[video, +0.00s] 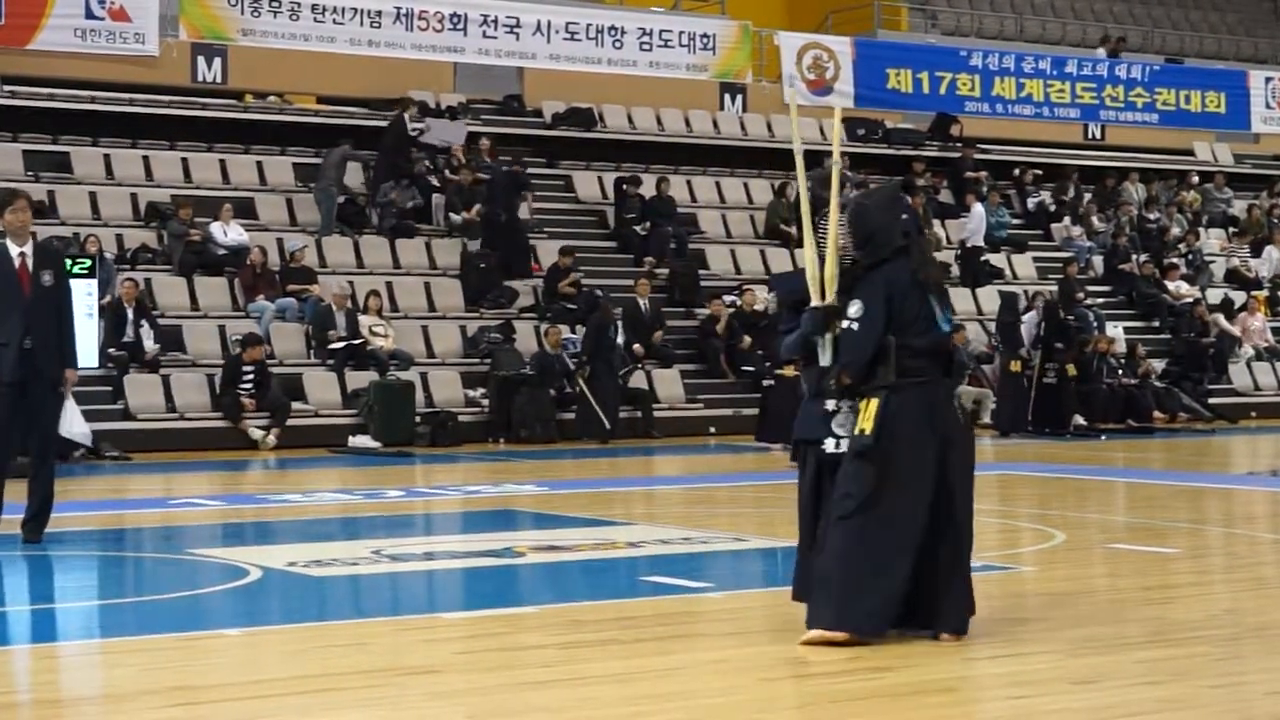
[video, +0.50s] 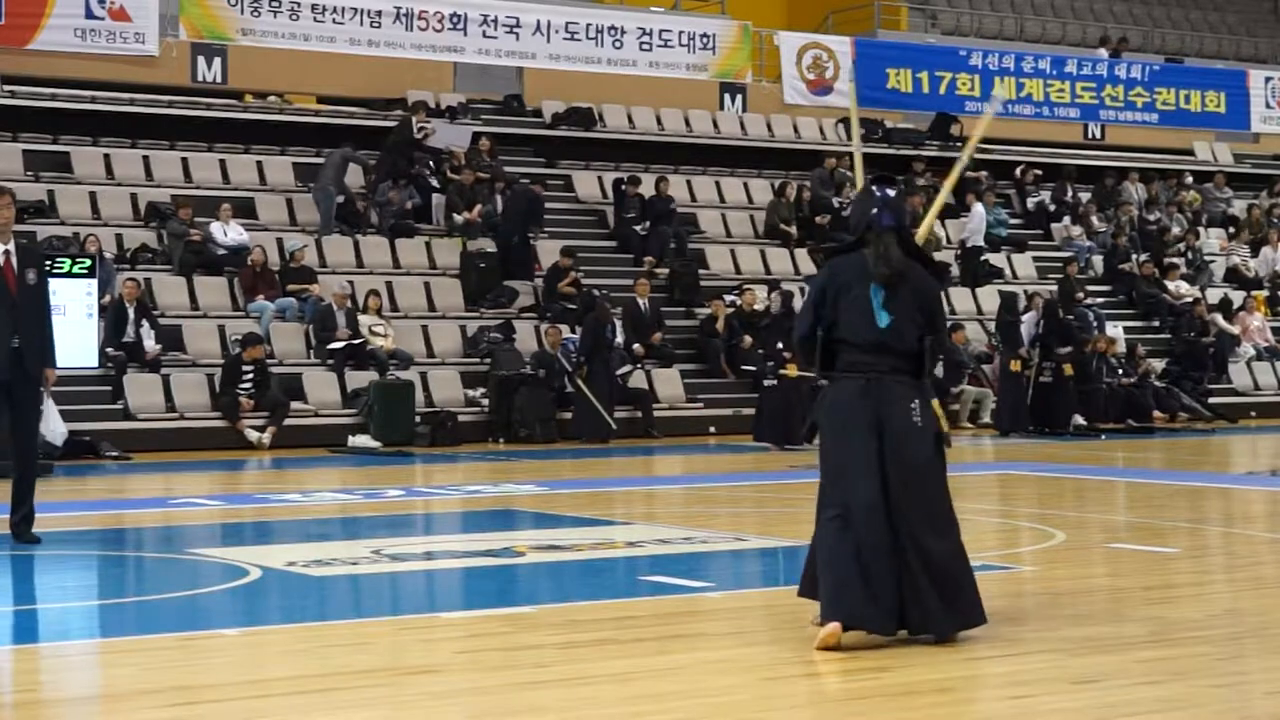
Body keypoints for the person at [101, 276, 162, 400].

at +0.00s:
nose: (126, 291)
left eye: (130, 288)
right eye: (124, 288)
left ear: (137, 292)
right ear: (120, 290)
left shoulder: (141, 306)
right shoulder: (112, 306)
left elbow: (154, 326)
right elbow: (109, 330)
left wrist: (154, 347)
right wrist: (111, 347)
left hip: (137, 345)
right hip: (118, 346)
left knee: (154, 362)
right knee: (122, 361)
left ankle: (152, 397)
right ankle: (120, 397)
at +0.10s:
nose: (127, 291)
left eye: (131, 288)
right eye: (125, 287)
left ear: (137, 291)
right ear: (121, 290)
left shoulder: (142, 306)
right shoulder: (113, 306)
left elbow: (154, 326)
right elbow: (108, 329)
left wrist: (155, 346)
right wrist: (111, 347)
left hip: (136, 344)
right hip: (117, 344)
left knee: (153, 361)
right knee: (122, 361)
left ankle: (149, 395)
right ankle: (119, 396)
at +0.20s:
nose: (127, 291)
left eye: (131, 288)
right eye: (125, 287)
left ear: (137, 291)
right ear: (121, 290)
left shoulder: (142, 306)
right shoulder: (113, 306)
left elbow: (155, 326)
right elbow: (108, 329)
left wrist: (155, 345)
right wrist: (111, 347)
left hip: (137, 344)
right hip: (118, 344)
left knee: (153, 361)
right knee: (122, 361)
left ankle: (151, 396)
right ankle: (119, 396)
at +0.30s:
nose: (127, 291)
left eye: (131, 288)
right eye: (125, 288)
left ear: (138, 292)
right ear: (121, 290)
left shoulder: (142, 306)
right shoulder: (113, 305)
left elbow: (155, 326)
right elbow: (108, 328)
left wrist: (156, 345)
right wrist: (109, 347)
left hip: (137, 345)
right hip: (118, 345)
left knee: (155, 362)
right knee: (121, 361)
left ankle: (151, 397)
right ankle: (118, 396)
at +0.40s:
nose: (127, 291)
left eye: (131, 288)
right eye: (125, 288)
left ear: (138, 292)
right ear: (121, 290)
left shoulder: (142, 306)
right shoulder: (113, 306)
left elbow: (155, 326)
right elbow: (108, 328)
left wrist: (156, 345)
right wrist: (109, 347)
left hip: (137, 345)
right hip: (118, 345)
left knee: (155, 362)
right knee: (121, 362)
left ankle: (151, 397)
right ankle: (118, 397)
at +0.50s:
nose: (128, 291)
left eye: (132, 288)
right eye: (126, 288)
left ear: (138, 292)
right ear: (122, 290)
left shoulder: (142, 306)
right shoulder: (115, 305)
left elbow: (156, 326)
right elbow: (109, 328)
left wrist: (157, 346)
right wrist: (110, 348)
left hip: (135, 345)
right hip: (117, 345)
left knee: (155, 362)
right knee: (121, 362)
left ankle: (149, 397)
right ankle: (118, 397)